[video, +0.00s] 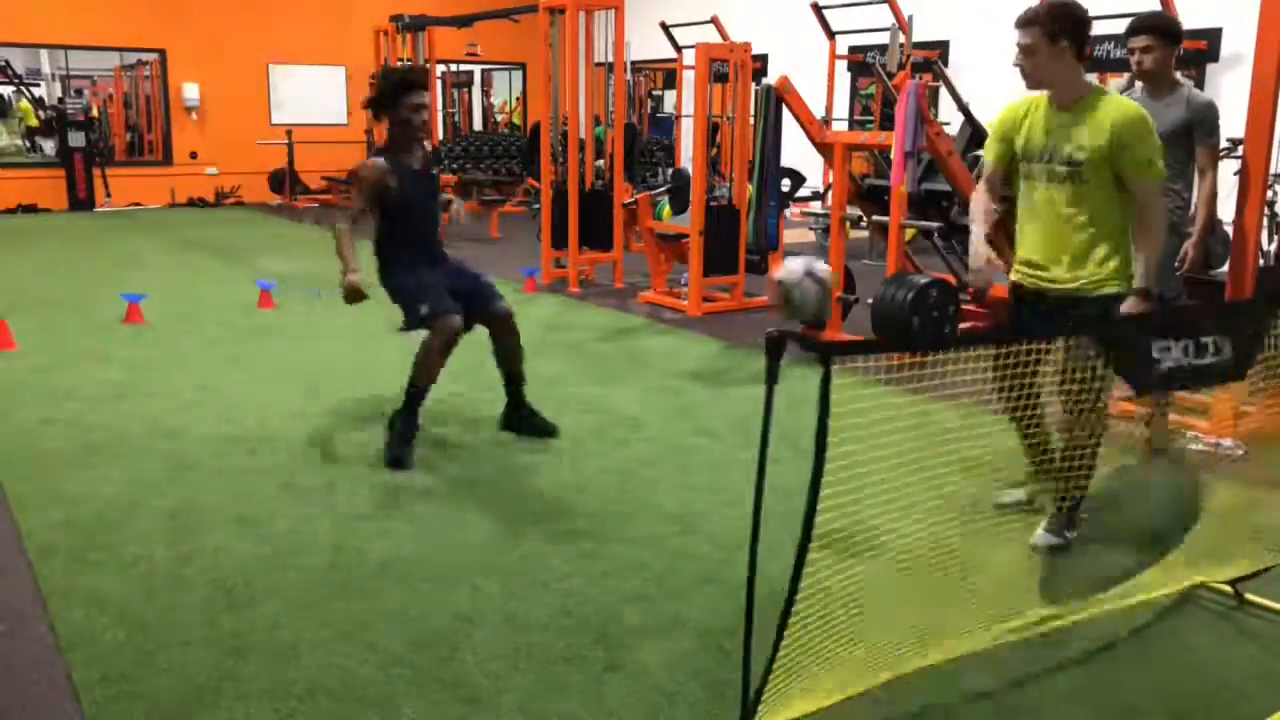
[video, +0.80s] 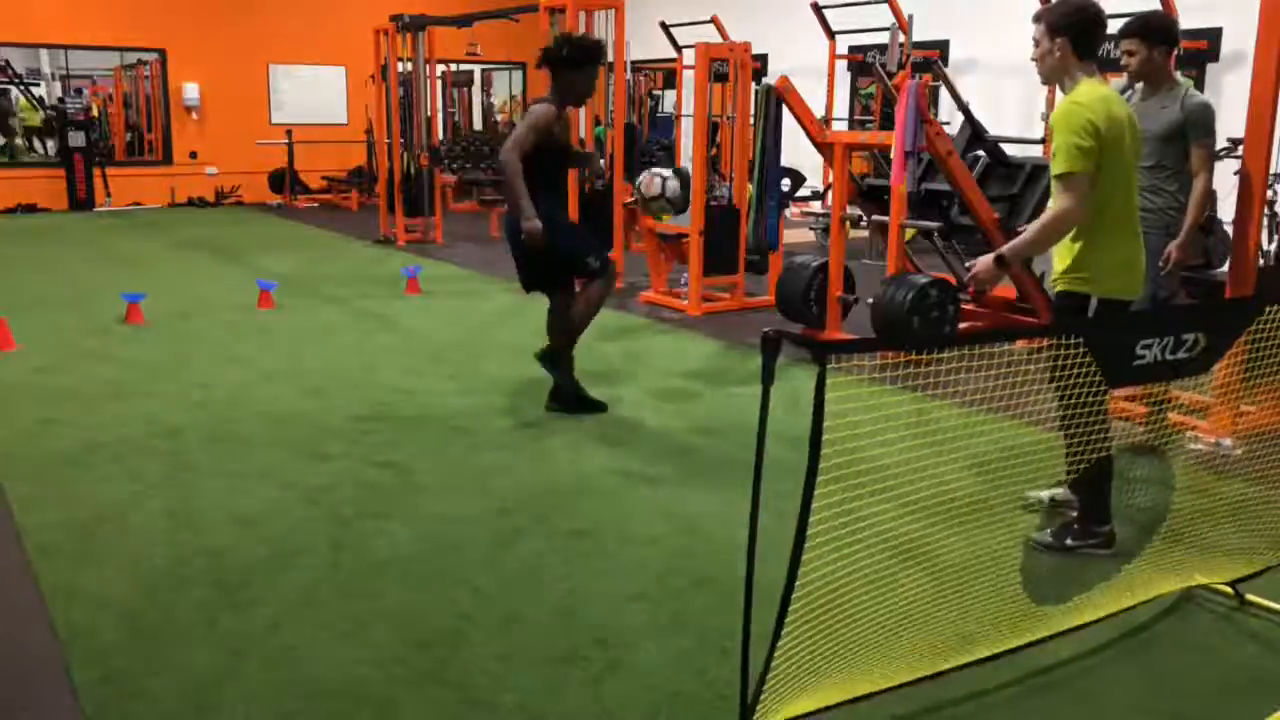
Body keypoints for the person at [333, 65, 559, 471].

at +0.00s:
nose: (421, 118)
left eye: (424, 110)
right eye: (412, 111)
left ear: (429, 113)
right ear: (388, 118)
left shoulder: (426, 158)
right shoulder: (376, 171)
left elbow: (418, 213)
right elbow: (346, 227)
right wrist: (349, 271)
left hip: (438, 262)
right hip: (403, 270)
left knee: (501, 316)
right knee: (448, 325)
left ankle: (517, 407)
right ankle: (406, 421)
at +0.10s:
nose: (455, 104)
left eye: (456, 94)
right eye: (445, 95)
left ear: (452, 99)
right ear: (419, 100)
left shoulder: (446, 147)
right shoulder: (409, 152)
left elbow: (451, 195)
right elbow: (377, 208)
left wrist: (488, 193)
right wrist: (398, 257)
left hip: (465, 249)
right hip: (435, 258)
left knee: (526, 304)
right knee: (495, 317)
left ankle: (525, 394)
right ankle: (467, 412)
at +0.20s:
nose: (487, 109)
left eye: (488, 100)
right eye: (480, 101)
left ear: (484, 101)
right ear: (456, 103)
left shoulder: (468, 146)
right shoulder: (442, 153)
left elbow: (464, 191)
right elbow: (411, 205)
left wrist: (500, 194)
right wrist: (440, 260)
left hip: (485, 248)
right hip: (463, 259)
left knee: (551, 277)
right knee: (524, 324)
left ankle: (554, 361)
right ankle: (492, 419)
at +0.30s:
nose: (523, 114)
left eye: (525, 104)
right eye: (518, 104)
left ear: (489, 101)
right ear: (495, 103)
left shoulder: (480, 142)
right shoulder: (477, 151)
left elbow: (478, 198)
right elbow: (451, 207)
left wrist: (506, 198)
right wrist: (478, 265)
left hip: (501, 236)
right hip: (487, 250)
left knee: (557, 243)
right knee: (535, 329)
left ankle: (584, 326)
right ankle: (493, 419)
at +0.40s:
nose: (548, 104)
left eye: (550, 95)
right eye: (545, 95)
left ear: (513, 86)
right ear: (526, 91)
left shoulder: (483, 118)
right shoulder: (507, 137)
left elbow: (446, 158)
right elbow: (481, 194)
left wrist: (490, 170)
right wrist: (517, 250)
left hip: (511, 228)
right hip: (497, 238)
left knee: (570, 253)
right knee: (529, 321)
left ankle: (586, 336)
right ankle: (493, 418)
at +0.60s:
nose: (584, 90)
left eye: (585, 80)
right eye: (581, 80)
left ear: (551, 77)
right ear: (562, 79)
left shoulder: (531, 115)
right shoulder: (538, 122)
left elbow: (487, 145)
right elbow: (513, 179)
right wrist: (540, 231)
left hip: (540, 228)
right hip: (526, 230)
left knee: (561, 305)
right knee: (534, 317)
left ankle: (563, 385)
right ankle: (498, 408)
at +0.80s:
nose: (593, 86)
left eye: (594, 77)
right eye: (589, 77)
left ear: (567, 76)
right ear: (566, 75)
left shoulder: (558, 115)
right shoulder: (544, 113)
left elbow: (556, 155)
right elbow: (509, 154)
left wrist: (587, 159)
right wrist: (527, 213)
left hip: (542, 221)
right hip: (540, 222)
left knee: (563, 298)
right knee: (603, 273)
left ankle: (565, 387)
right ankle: (558, 349)